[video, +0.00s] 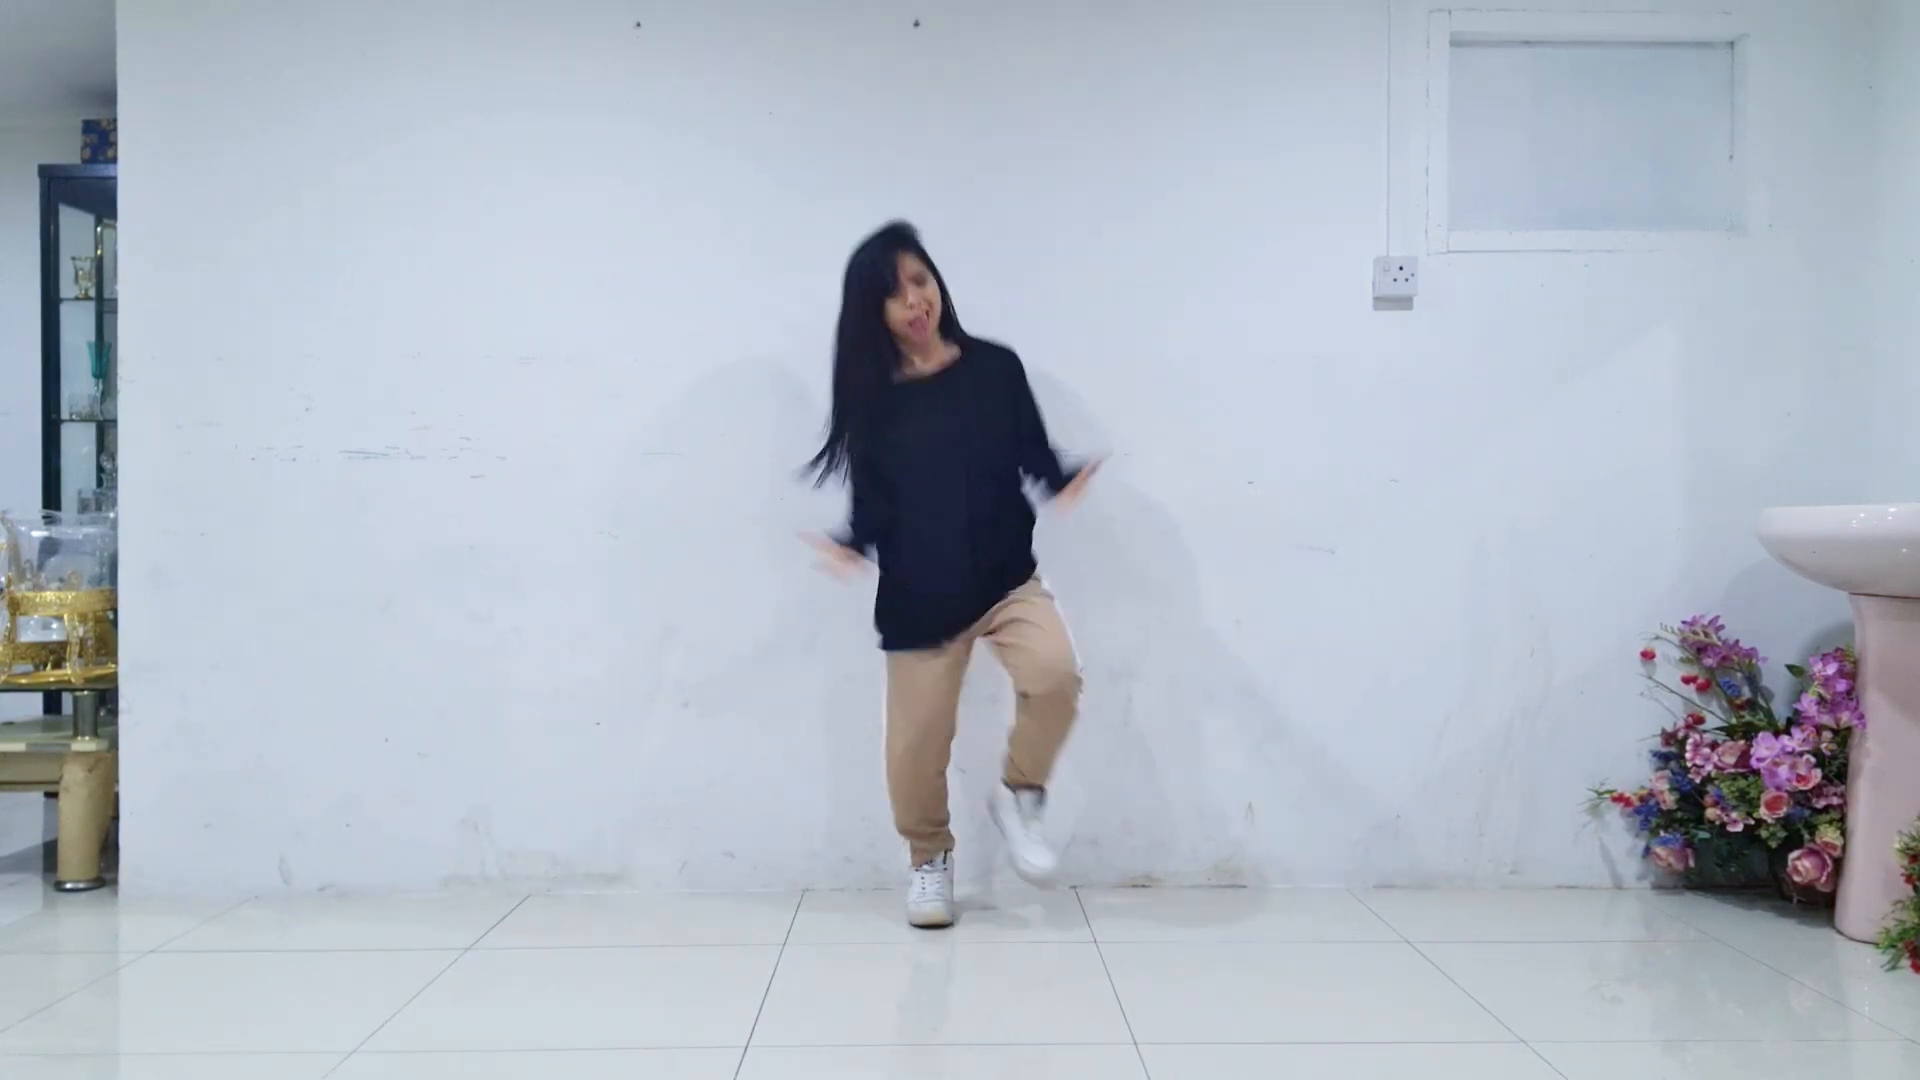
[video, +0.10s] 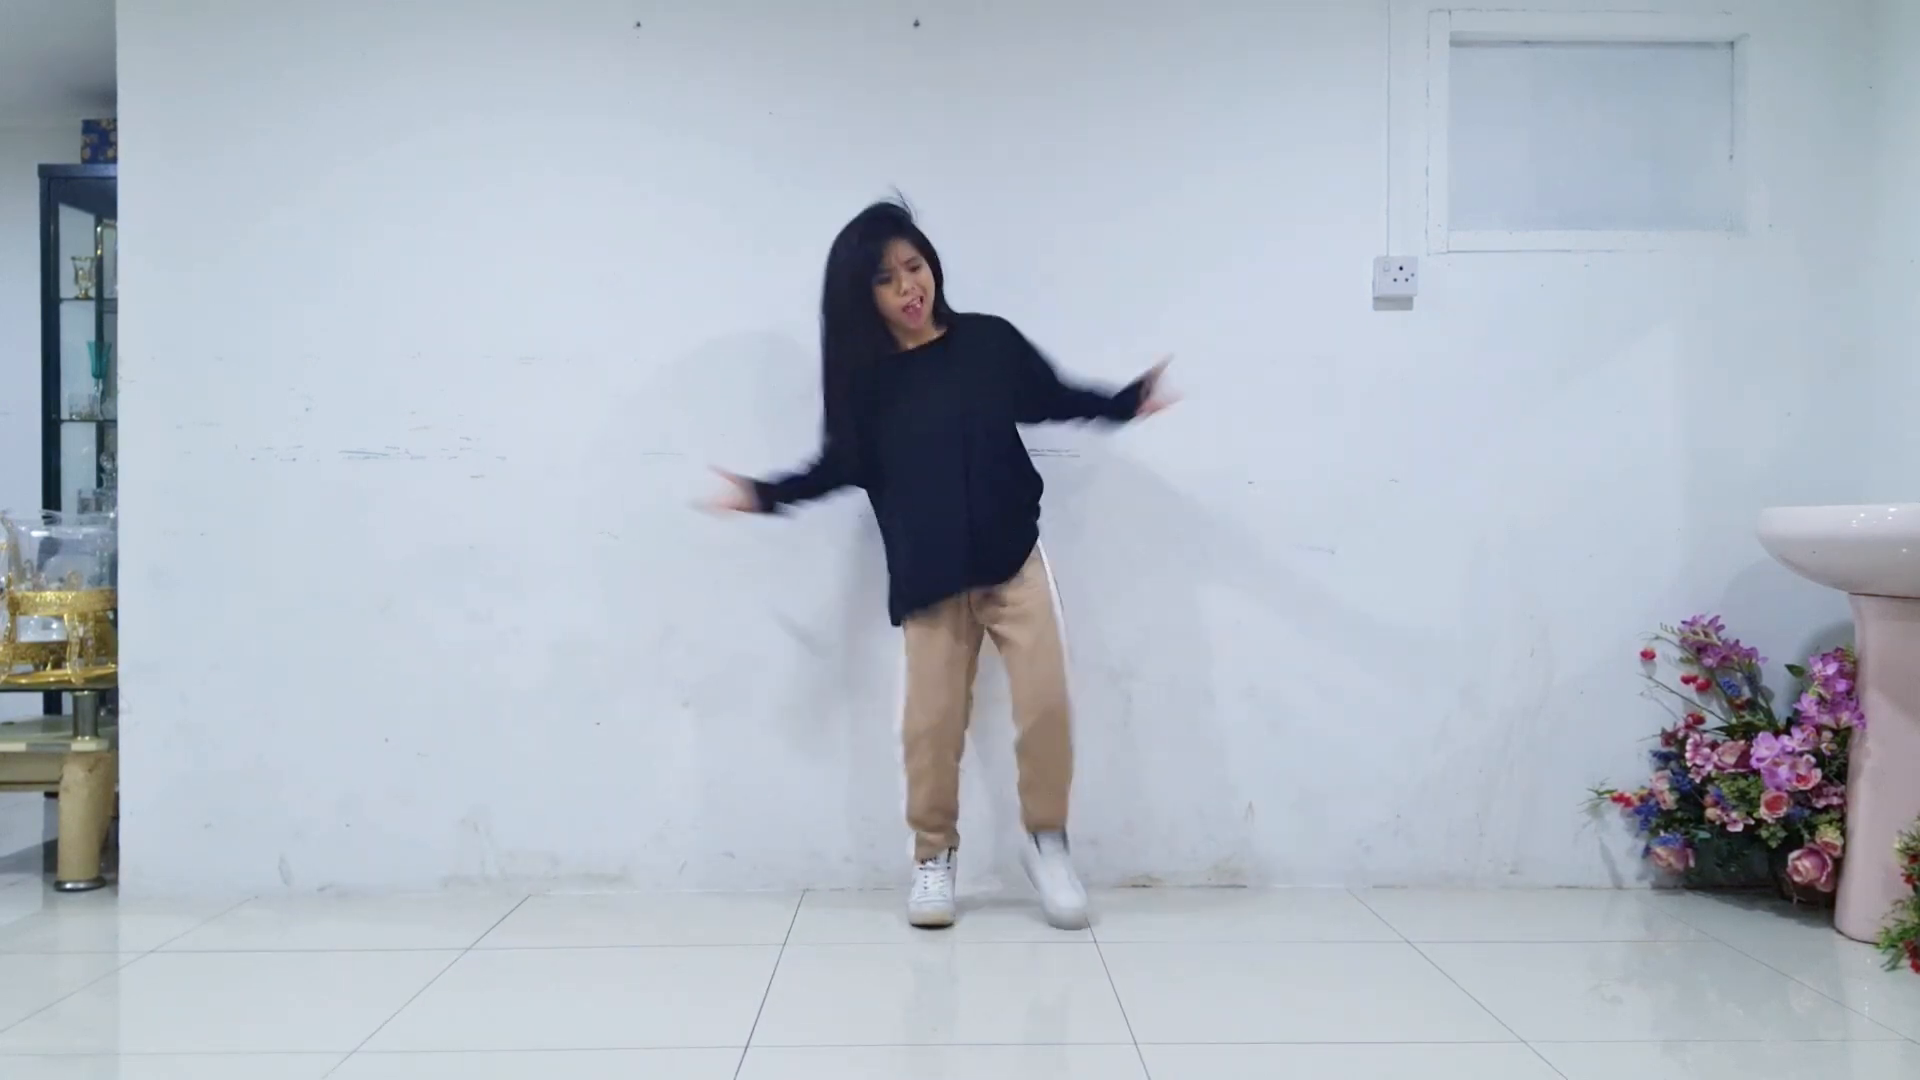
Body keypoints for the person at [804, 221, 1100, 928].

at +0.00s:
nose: (914, 301)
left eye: (920, 283)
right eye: (895, 294)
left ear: (938, 285)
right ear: (873, 313)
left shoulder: (995, 366)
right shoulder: (872, 398)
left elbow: (1029, 446)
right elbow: (873, 494)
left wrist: (1057, 478)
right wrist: (855, 538)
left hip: (1007, 582)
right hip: (922, 597)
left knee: (1055, 678)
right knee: (915, 748)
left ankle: (1022, 795)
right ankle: (928, 861)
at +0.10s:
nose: (908, 286)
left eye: (914, 266)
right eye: (887, 278)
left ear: (933, 267)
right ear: (863, 296)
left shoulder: (988, 339)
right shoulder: (860, 376)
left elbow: (1044, 398)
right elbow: (846, 465)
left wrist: (1120, 403)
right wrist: (769, 494)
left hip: (1016, 562)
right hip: (928, 578)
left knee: (1046, 703)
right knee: (931, 725)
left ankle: (1049, 844)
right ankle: (933, 860)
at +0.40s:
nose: (905, 285)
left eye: (910, 268)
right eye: (885, 279)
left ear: (929, 276)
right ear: (862, 301)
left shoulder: (990, 350)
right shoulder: (852, 396)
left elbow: (1077, 352)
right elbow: (792, 449)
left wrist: (1146, 287)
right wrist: (707, 405)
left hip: (1015, 567)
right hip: (922, 592)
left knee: (1073, 671)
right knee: (915, 736)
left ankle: (1061, 805)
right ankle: (931, 861)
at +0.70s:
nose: (899, 300)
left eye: (907, 284)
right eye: (880, 295)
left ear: (929, 294)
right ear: (863, 321)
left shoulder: (982, 371)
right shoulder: (865, 412)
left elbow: (1068, 406)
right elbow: (837, 519)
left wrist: (1054, 358)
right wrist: (769, 479)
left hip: (1000, 585)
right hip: (915, 602)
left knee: (1000, 678)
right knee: (905, 740)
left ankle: (1036, 803)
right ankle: (932, 860)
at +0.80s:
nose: (903, 289)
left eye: (912, 273)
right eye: (885, 282)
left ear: (935, 285)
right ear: (868, 307)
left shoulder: (994, 366)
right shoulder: (870, 400)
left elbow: (1074, 381)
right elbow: (849, 489)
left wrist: (1035, 341)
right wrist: (779, 440)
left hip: (997, 564)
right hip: (913, 584)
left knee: (990, 660)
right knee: (907, 743)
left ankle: (1013, 781)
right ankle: (933, 858)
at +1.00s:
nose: (919, 256)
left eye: (930, 244)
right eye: (897, 245)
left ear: (948, 251)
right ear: (884, 270)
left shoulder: (987, 318)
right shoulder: (891, 336)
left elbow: (959, 268)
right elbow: (876, 278)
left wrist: (926, 205)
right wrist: (891, 210)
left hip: (994, 536)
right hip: (922, 533)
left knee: (981, 705)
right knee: (934, 706)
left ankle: (989, 864)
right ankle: (950, 856)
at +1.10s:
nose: (945, 262)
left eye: (956, 249)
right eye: (930, 256)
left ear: (981, 263)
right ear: (914, 273)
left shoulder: (1006, 334)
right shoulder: (893, 339)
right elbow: (876, 342)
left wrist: (976, 298)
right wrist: (902, 288)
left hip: (996, 542)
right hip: (922, 543)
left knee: (980, 706)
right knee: (931, 707)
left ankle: (989, 865)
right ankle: (950, 856)